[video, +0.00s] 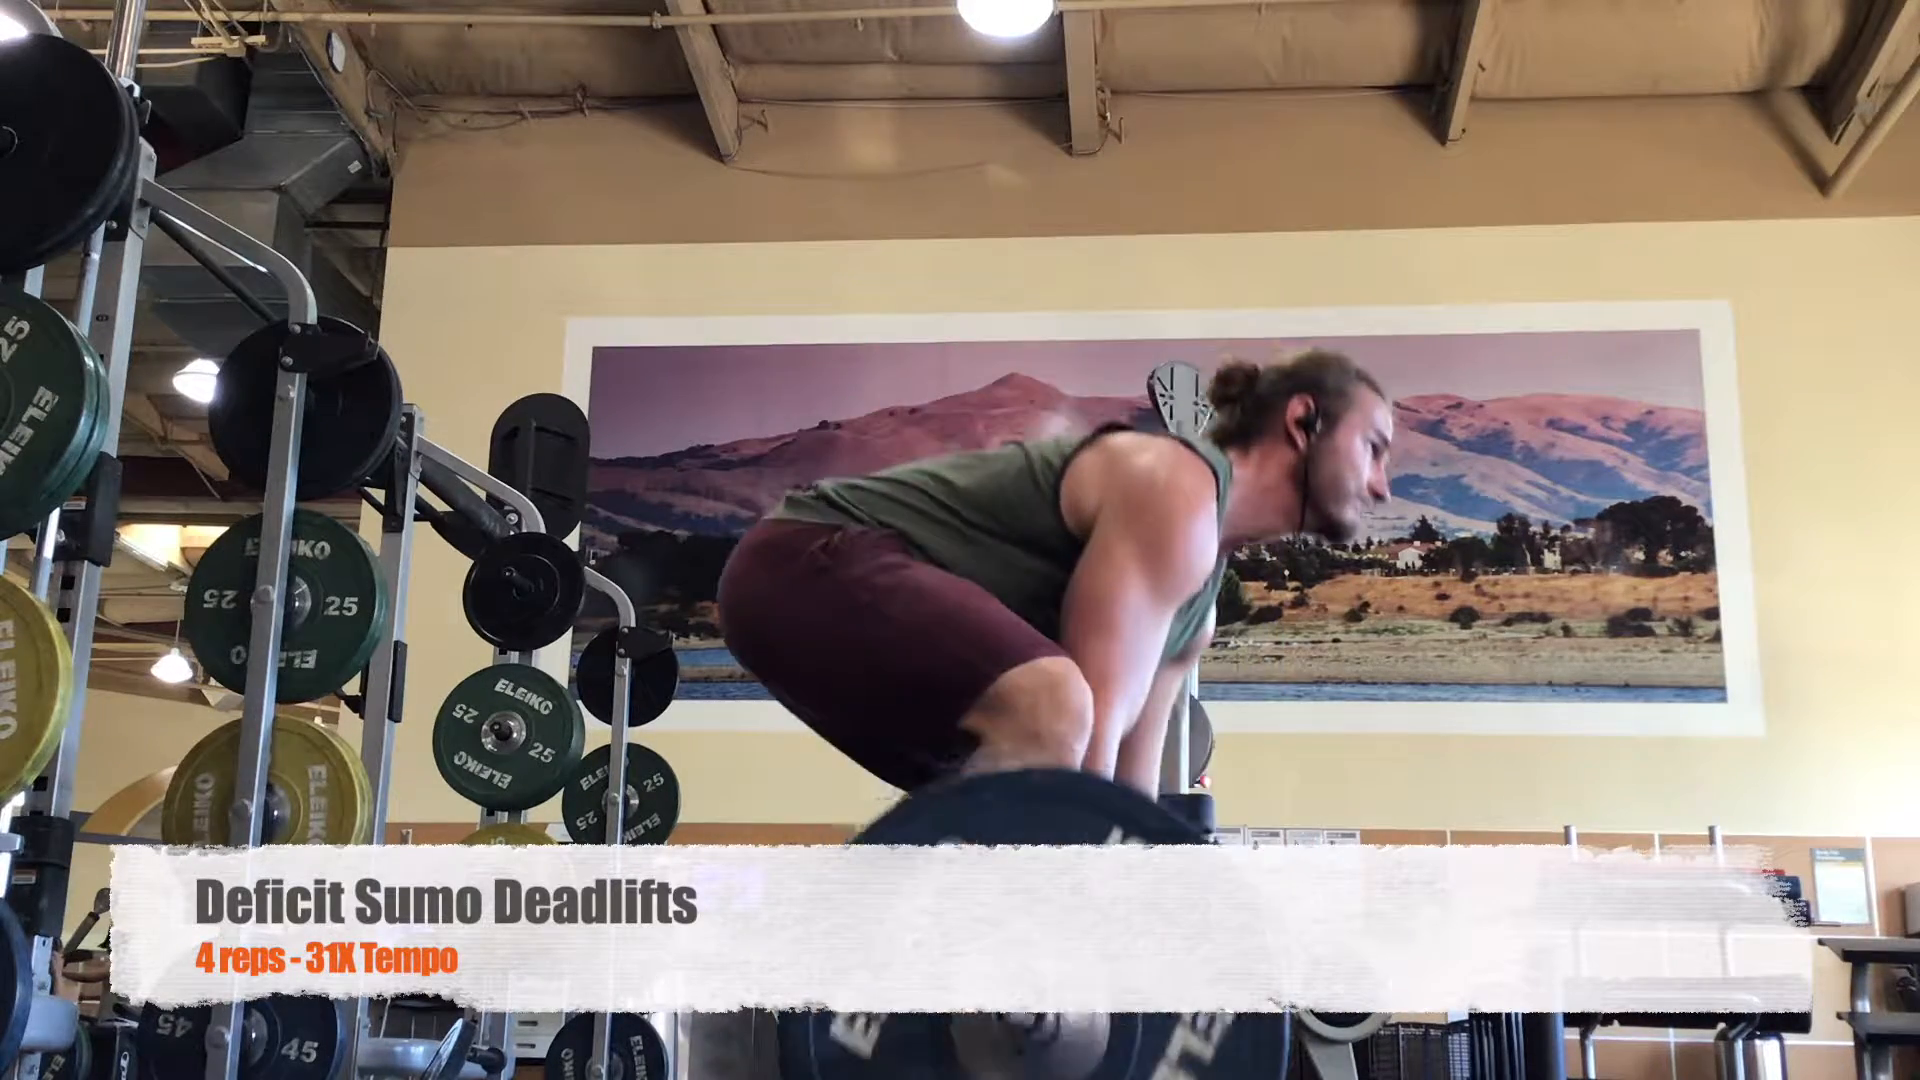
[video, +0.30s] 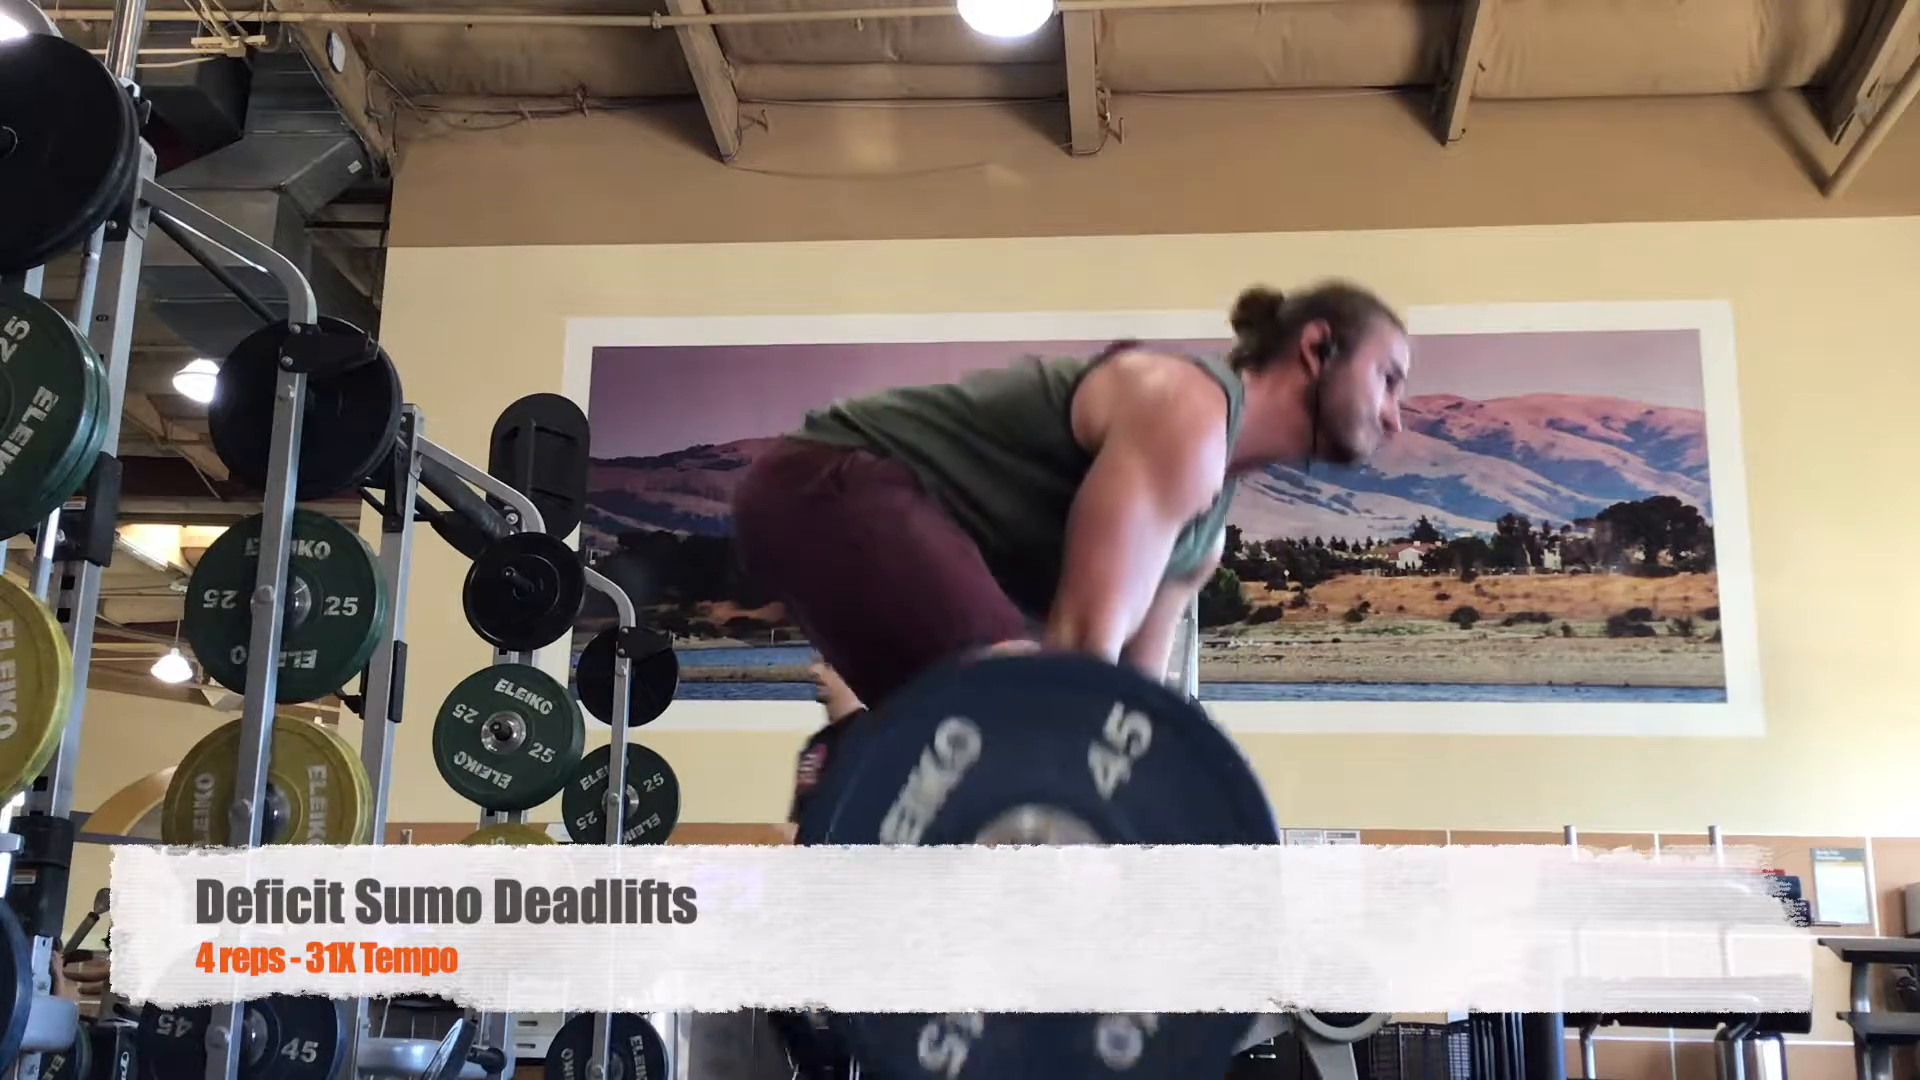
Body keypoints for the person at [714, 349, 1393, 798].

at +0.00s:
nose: (1382, 482)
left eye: (1388, 462)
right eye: (1374, 447)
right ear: (1301, 423)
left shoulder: (1193, 599)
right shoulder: (1169, 493)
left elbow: (1134, 771)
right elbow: (1081, 735)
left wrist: (1138, 950)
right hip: (810, 557)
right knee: (1047, 707)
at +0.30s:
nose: (1398, 411)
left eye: (1402, 394)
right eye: (1388, 378)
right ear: (1315, 349)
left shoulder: (1202, 525)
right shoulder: (1180, 413)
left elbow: (1141, 681)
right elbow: (1080, 638)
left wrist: (1157, 828)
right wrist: (1092, 817)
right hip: (832, 483)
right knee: (1022, 690)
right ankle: (849, 763)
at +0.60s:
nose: (1313, 149)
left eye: (1312, 133)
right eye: (1295, 125)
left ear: (1229, 134)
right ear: (1224, 123)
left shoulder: (1173, 311)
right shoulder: (1142, 208)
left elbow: (1177, 454)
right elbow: (1085, 397)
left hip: (910, 446)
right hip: (849, 422)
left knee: (974, 728)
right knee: (941, 713)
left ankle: (956, 1038)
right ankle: (922, 1040)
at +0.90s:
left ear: (1010, 4)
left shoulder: (1041, 73)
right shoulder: (1012, 55)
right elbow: (1005, 274)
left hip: (1010, 439)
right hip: (956, 432)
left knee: (1014, 723)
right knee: (970, 709)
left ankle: (963, 1025)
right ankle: (917, 1040)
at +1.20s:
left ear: (917, 9)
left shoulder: (953, 79)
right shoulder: (936, 70)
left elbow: (1006, 277)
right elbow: (993, 273)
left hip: (988, 448)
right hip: (940, 443)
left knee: (1009, 733)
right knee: (972, 719)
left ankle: (961, 1037)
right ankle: (916, 1044)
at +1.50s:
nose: (1005, 3)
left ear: (903, 13)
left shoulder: (922, 83)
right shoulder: (930, 72)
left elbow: (994, 280)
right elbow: (990, 276)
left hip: (977, 447)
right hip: (948, 444)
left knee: (1003, 740)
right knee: (976, 725)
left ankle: (961, 1045)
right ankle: (917, 1049)